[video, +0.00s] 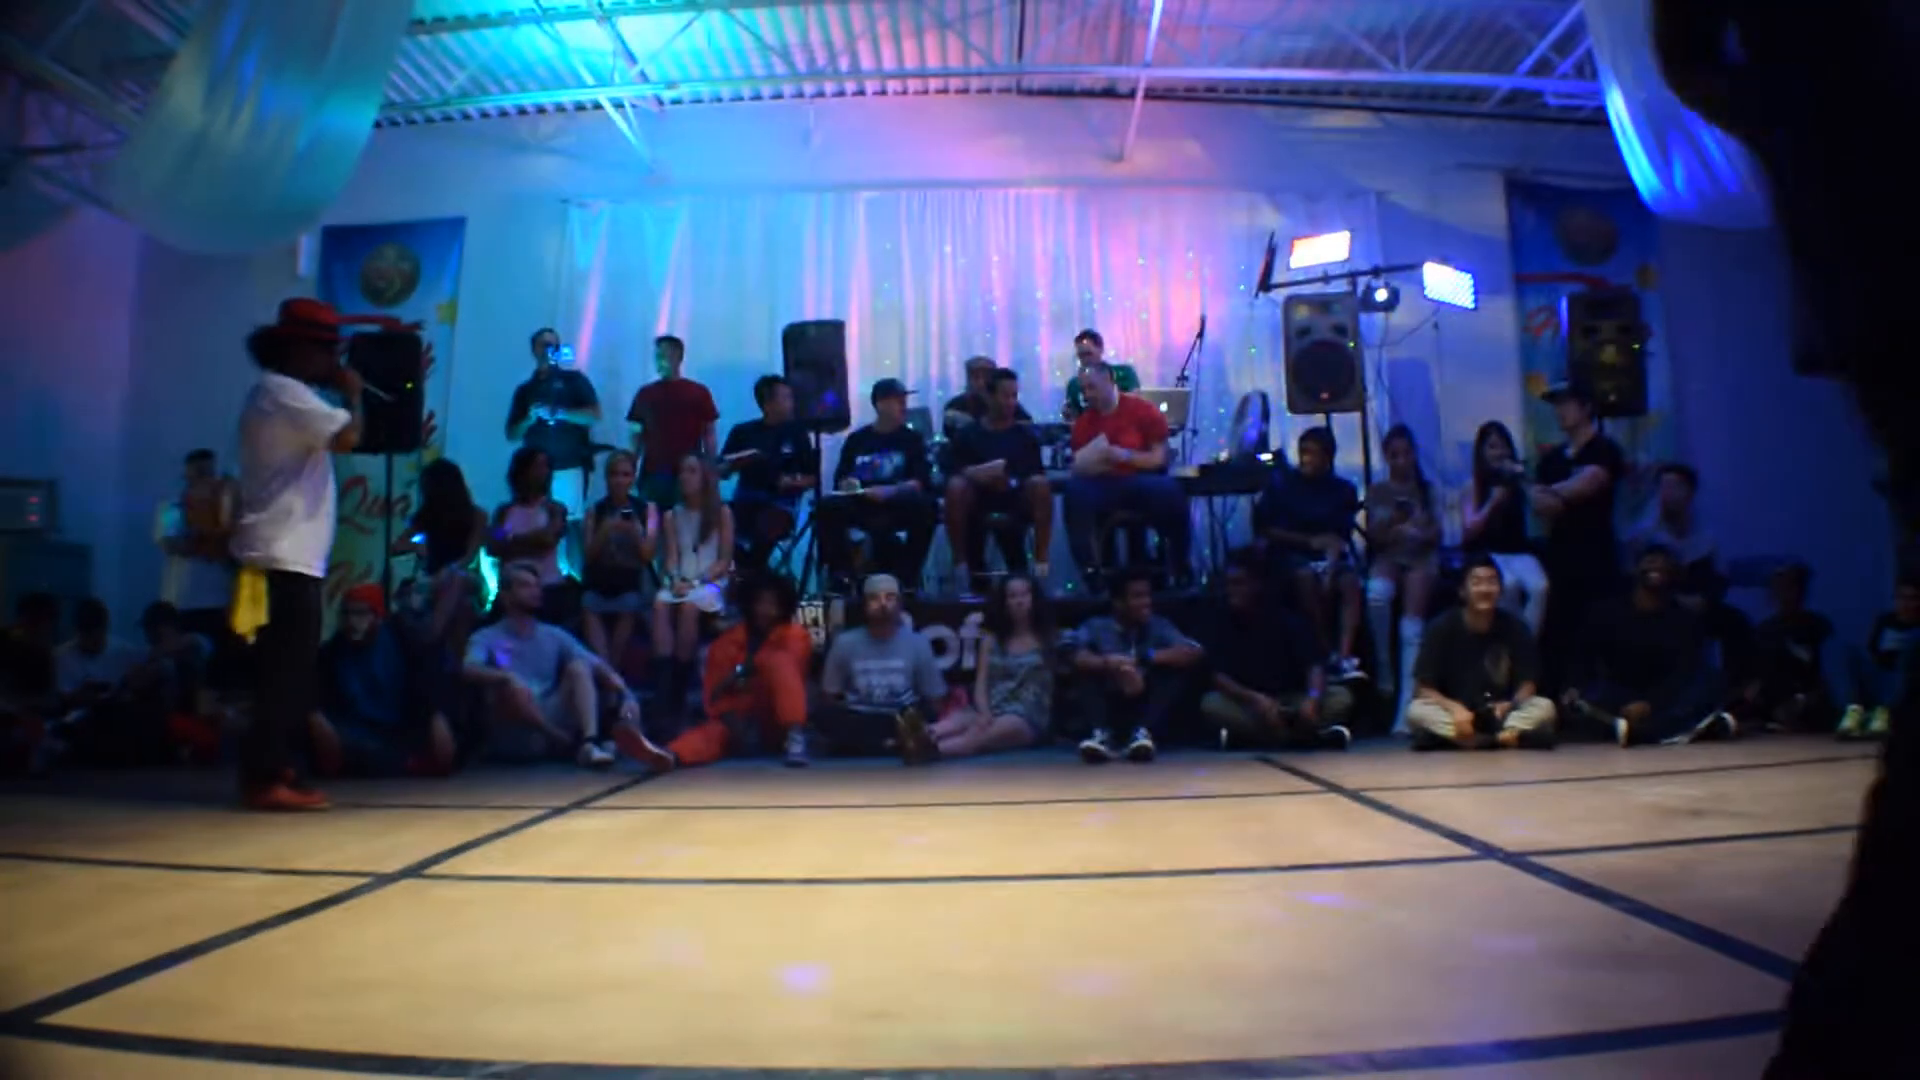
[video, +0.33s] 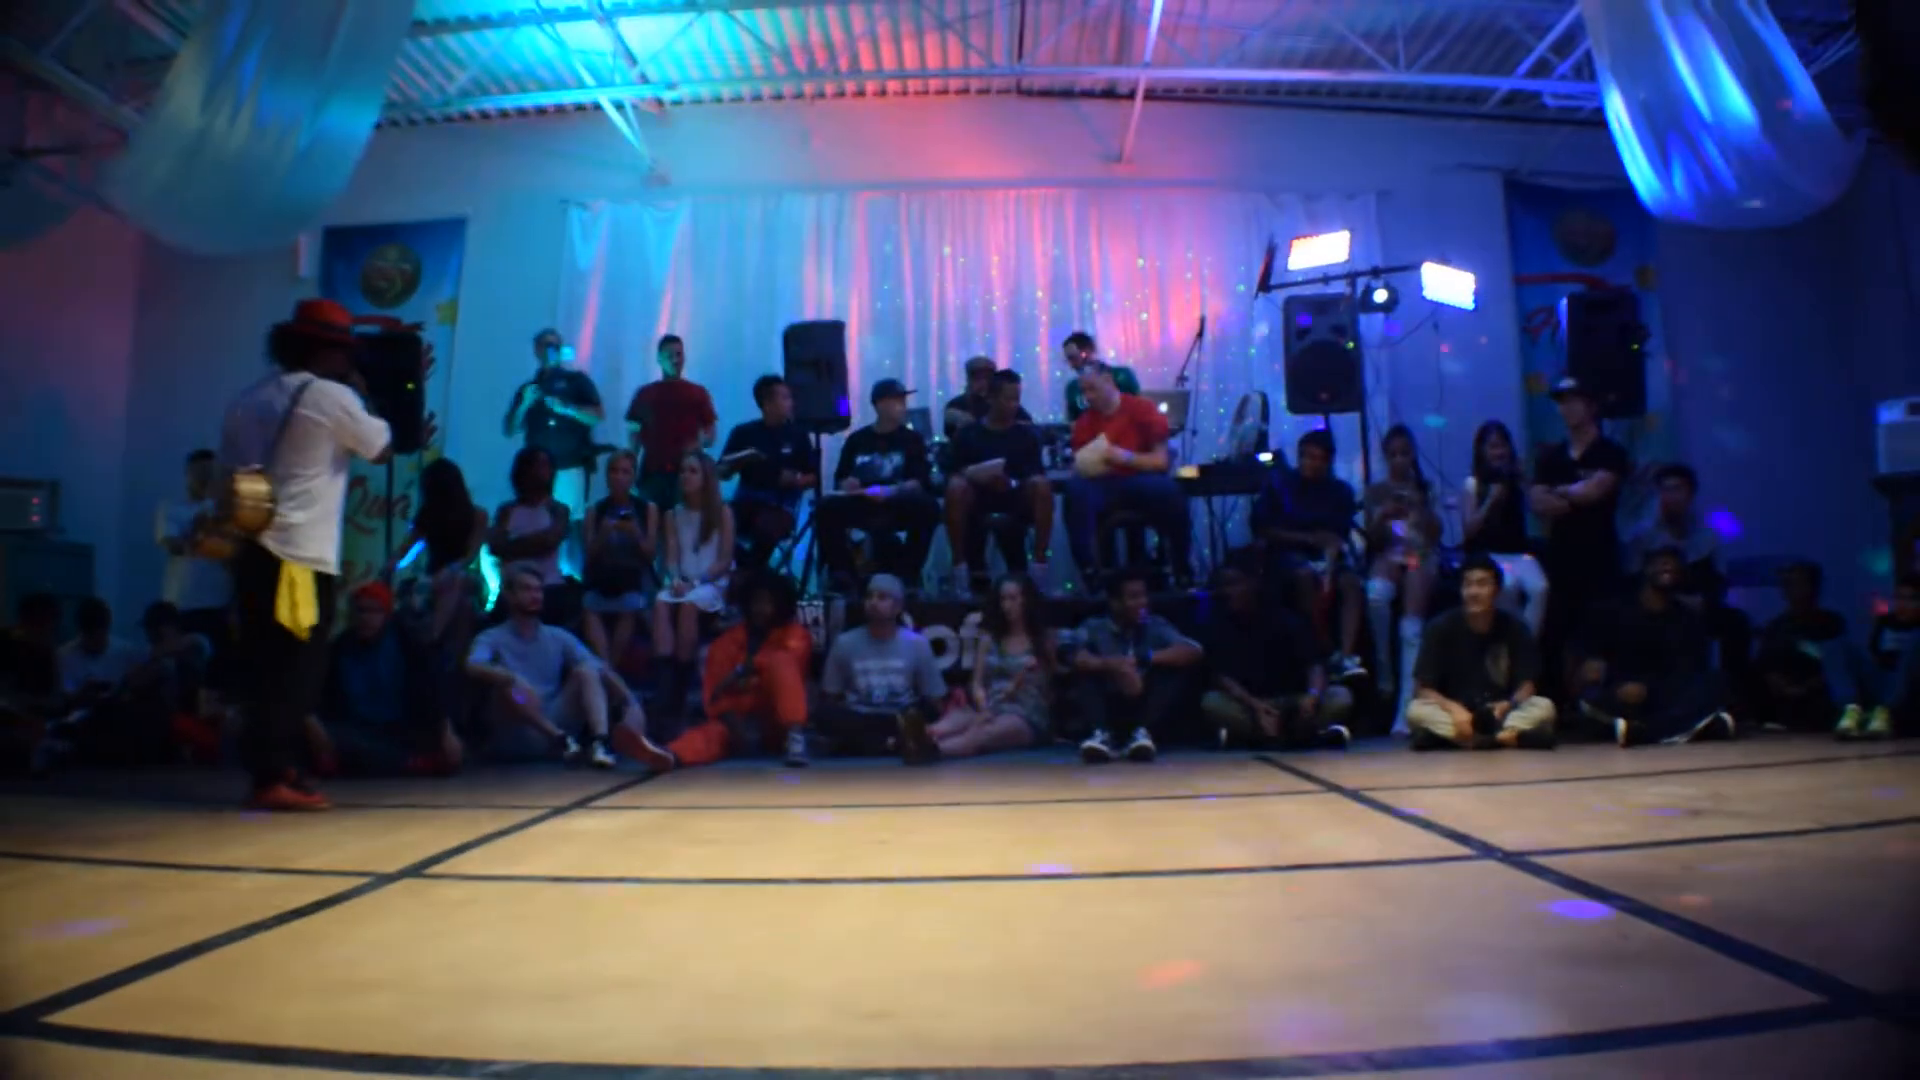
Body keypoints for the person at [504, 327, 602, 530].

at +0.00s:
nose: (549, 350)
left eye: (553, 345)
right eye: (543, 346)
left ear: (559, 349)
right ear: (534, 350)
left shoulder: (575, 380)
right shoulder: (525, 390)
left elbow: (594, 415)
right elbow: (512, 433)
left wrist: (560, 414)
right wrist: (530, 419)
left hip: (570, 463)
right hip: (537, 466)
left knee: (570, 523)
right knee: (536, 524)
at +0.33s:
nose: (550, 351)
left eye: (555, 346)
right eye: (545, 346)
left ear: (561, 349)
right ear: (536, 351)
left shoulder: (578, 380)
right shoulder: (529, 388)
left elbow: (597, 416)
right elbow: (510, 429)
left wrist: (563, 409)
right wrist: (525, 404)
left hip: (572, 462)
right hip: (539, 463)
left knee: (572, 522)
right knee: (538, 522)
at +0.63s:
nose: (551, 351)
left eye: (556, 346)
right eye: (545, 346)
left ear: (563, 349)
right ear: (536, 350)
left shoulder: (579, 379)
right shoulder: (530, 382)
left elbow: (595, 411)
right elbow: (504, 401)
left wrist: (568, 382)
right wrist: (529, 370)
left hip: (571, 462)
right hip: (537, 463)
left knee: (570, 522)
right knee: (535, 523)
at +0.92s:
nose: (553, 350)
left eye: (558, 345)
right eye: (547, 345)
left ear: (567, 348)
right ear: (541, 350)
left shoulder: (582, 380)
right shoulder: (533, 383)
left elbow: (594, 409)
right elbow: (507, 384)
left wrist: (567, 375)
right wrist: (536, 361)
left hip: (571, 461)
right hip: (537, 462)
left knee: (569, 522)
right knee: (535, 521)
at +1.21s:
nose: (555, 354)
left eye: (561, 349)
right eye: (550, 349)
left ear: (569, 352)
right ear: (543, 352)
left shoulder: (582, 380)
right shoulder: (534, 382)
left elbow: (594, 407)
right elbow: (507, 381)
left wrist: (566, 374)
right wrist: (536, 356)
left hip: (572, 460)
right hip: (538, 459)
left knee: (571, 520)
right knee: (535, 518)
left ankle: (571, 575)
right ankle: (535, 577)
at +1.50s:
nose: (555, 353)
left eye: (561, 348)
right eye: (550, 348)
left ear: (569, 351)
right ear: (542, 350)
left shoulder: (583, 380)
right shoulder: (534, 382)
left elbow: (593, 408)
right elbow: (507, 385)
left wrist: (565, 375)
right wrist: (533, 357)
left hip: (572, 461)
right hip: (538, 461)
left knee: (572, 523)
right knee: (535, 520)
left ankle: (573, 577)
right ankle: (537, 578)